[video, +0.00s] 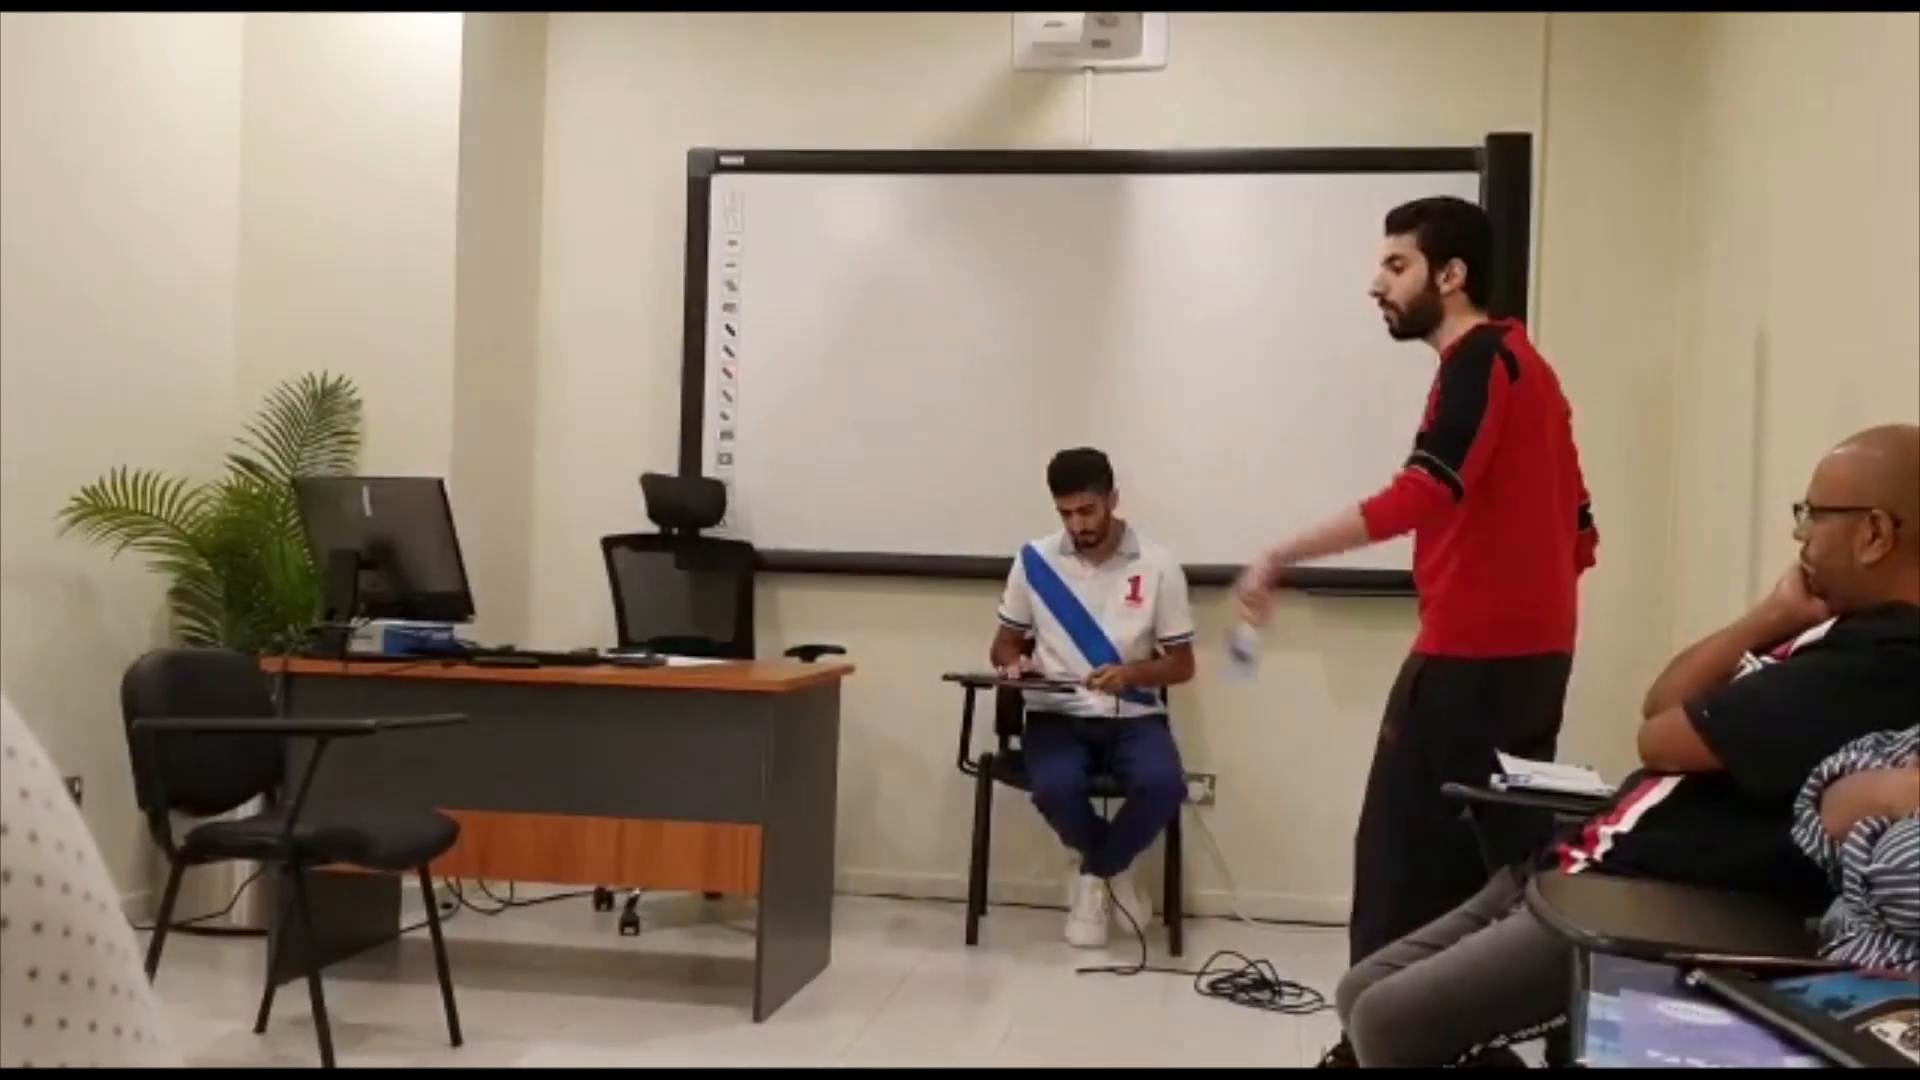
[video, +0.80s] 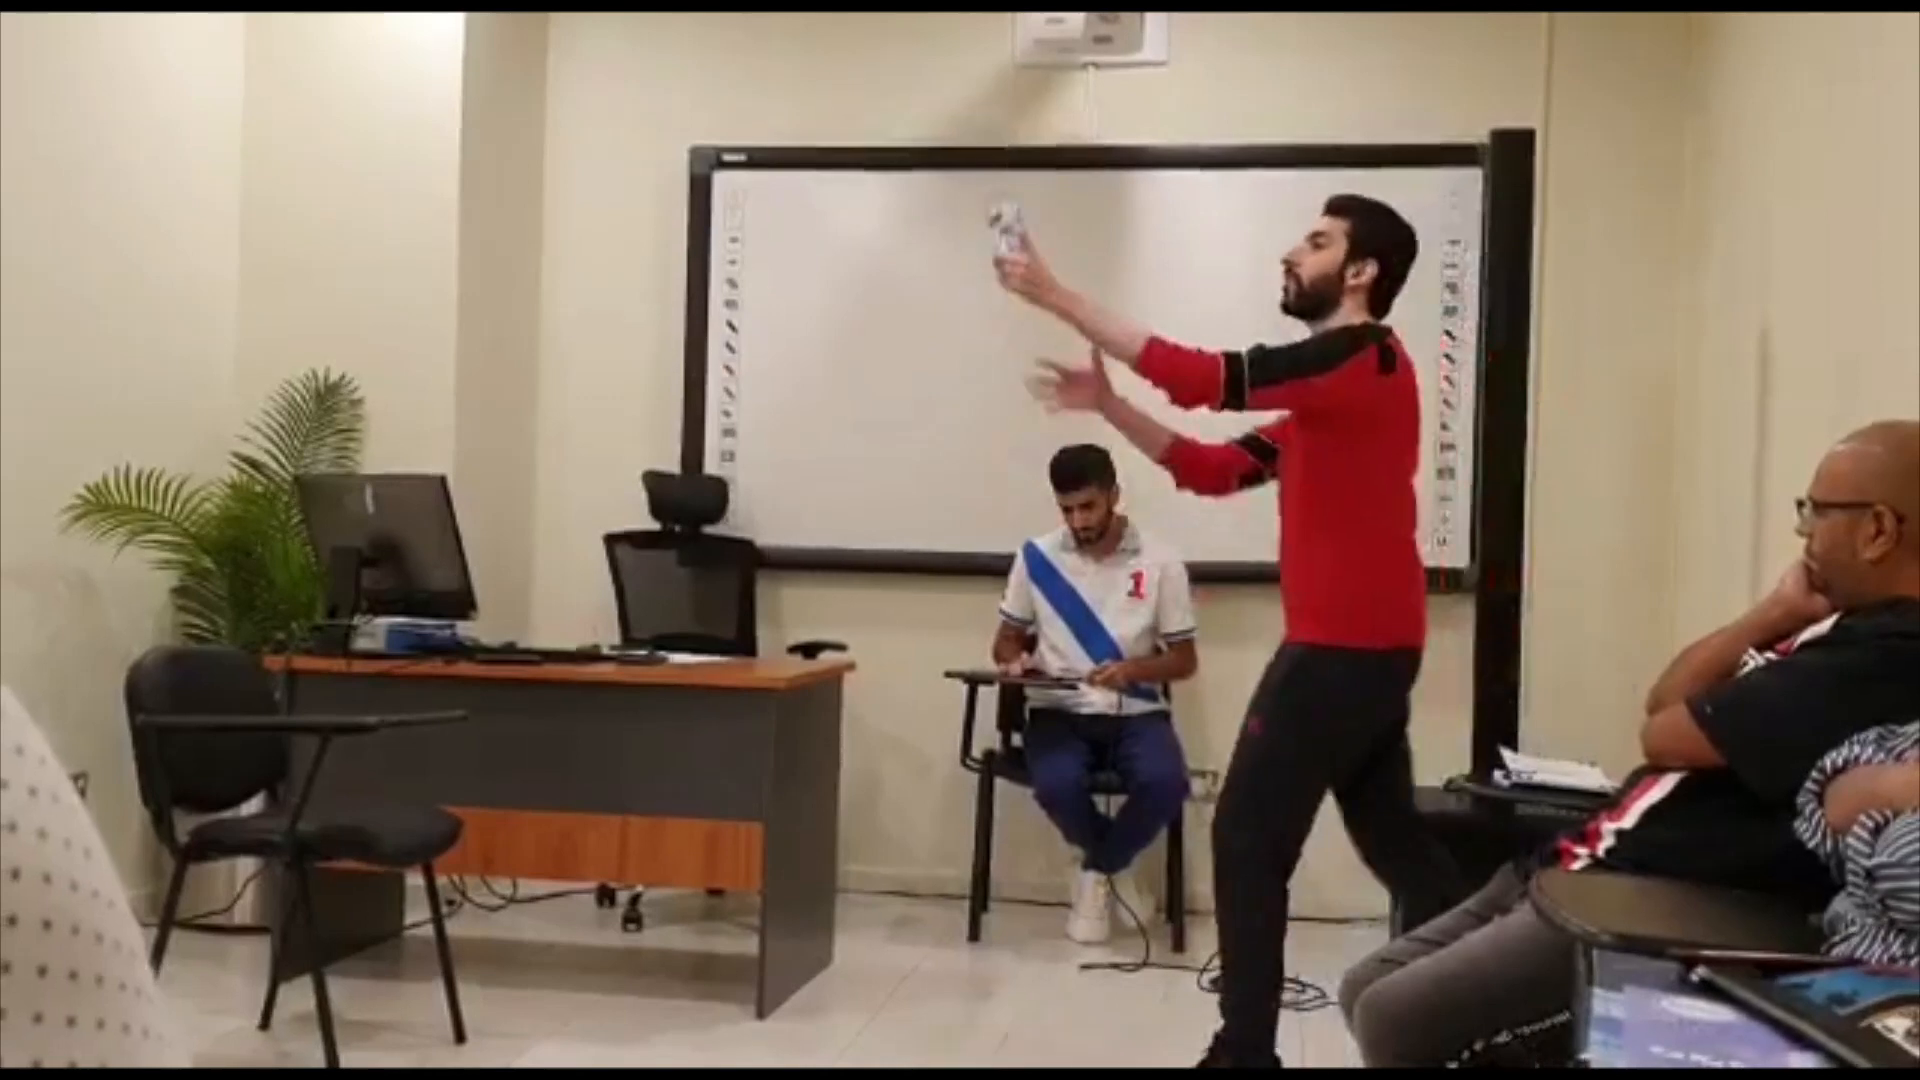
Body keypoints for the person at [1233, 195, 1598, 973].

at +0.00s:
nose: (1378, 284)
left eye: (1395, 265)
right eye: (1380, 267)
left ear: (1451, 276)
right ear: (1453, 281)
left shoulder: (1476, 358)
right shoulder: (1530, 367)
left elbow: (1425, 491)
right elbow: (1578, 537)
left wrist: (1284, 553)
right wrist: (1498, 601)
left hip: (1467, 649)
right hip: (1536, 650)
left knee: (1397, 840)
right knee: (1504, 841)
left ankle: (1382, 1042)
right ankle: (1482, 1036)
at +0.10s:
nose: (1377, 290)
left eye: (1395, 271)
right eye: (1379, 273)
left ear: (1450, 281)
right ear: (1453, 284)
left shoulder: (1472, 363)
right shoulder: (1534, 370)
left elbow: (1467, 504)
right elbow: (1594, 533)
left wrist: (1386, 632)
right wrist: (1541, 622)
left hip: (1474, 658)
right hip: (1548, 658)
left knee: (1401, 850)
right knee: (1520, 851)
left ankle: (1388, 1046)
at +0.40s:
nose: (1372, 292)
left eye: (1388, 276)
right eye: (1376, 275)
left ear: (1441, 289)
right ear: (1455, 295)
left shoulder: (1424, 367)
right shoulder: (1536, 384)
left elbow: (1419, 494)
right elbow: (1601, 534)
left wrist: (1433, 633)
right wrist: (1531, 602)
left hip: (1465, 658)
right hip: (1552, 663)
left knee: (1355, 825)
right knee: (1472, 845)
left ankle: (1350, 1031)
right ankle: (1464, 1032)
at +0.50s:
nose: (1364, 286)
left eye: (1383, 272)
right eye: (1370, 269)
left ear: (1433, 289)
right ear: (1444, 297)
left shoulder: (1411, 369)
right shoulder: (1499, 380)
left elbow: (1328, 437)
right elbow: (1502, 527)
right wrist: (1416, 631)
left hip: (1459, 649)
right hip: (1532, 643)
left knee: (1340, 830)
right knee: (1454, 838)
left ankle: (1300, 1037)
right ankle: (1444, 1027)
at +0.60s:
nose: (1348, 277)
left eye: (1368, 263)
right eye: (1355, 262)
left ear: (1417, 284)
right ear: (1423, 292)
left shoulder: (1414, 362)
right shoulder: (1461, 382)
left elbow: (1296, 397)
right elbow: (1417, 557)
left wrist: (1140, 434)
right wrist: (1285, 577)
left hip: (1430, 649)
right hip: (1488, 647)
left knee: (1316, 837)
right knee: (1456, 857)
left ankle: (1260, 1047)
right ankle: (1458, 1040)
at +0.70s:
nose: (1320, 269)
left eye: (1344, 256)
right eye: (1329, 254)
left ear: (1394, 281)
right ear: (1392, 286)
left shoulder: (1393, 359)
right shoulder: (1408, 379)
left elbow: (1253, 392)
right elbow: (1304, 520)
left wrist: (1074, 355)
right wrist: (1184, 493)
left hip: (1387, 648)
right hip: (1435, 646)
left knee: (1275, 842)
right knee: (1452, 857)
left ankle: (1248, 1049)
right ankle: (1467, 1038)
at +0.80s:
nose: (1292, 257)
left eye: (1317, 243)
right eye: (1302, 241)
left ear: (1364, 272)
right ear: (1357, 277)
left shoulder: (1360, 356)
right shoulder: (1349, 384)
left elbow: (1206, 378)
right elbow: (1214, 468)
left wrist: (1055, 294)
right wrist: (1111, 403)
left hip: (1339, 640)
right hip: (1369, 639)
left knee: (1248, 840)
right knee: (1393, 840)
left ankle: (1244, 1050)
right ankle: (1491, 1002)